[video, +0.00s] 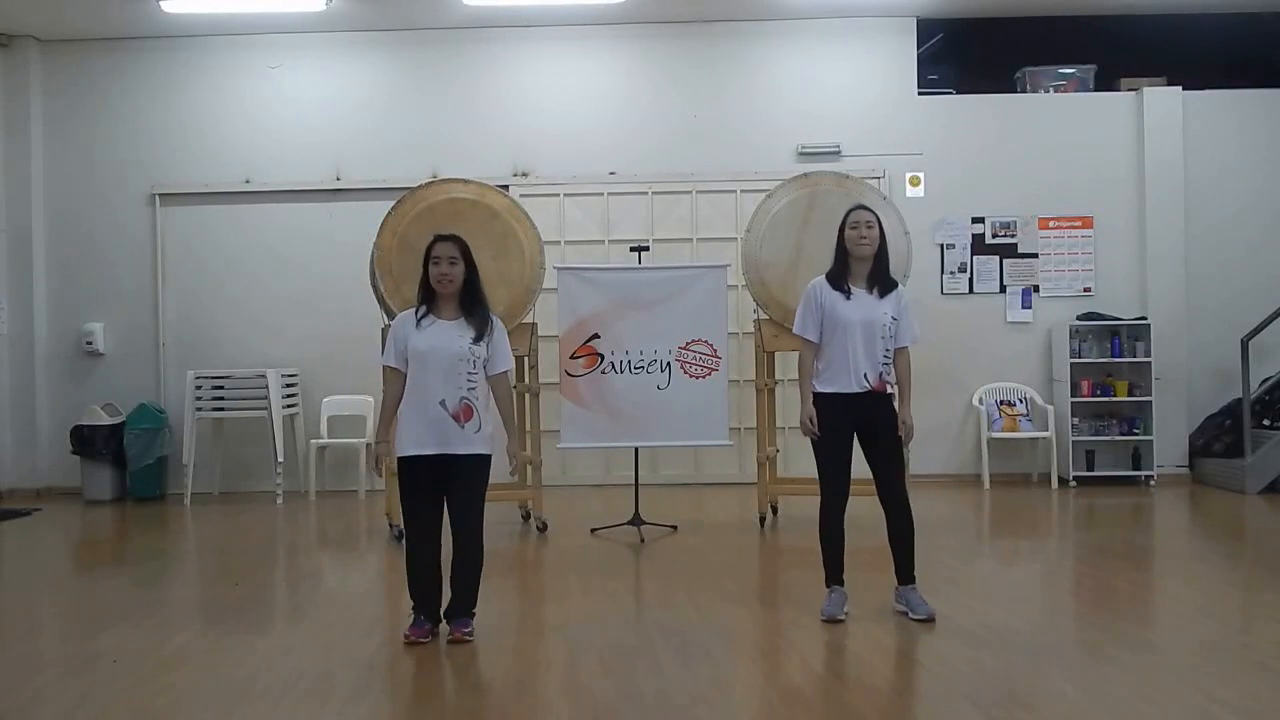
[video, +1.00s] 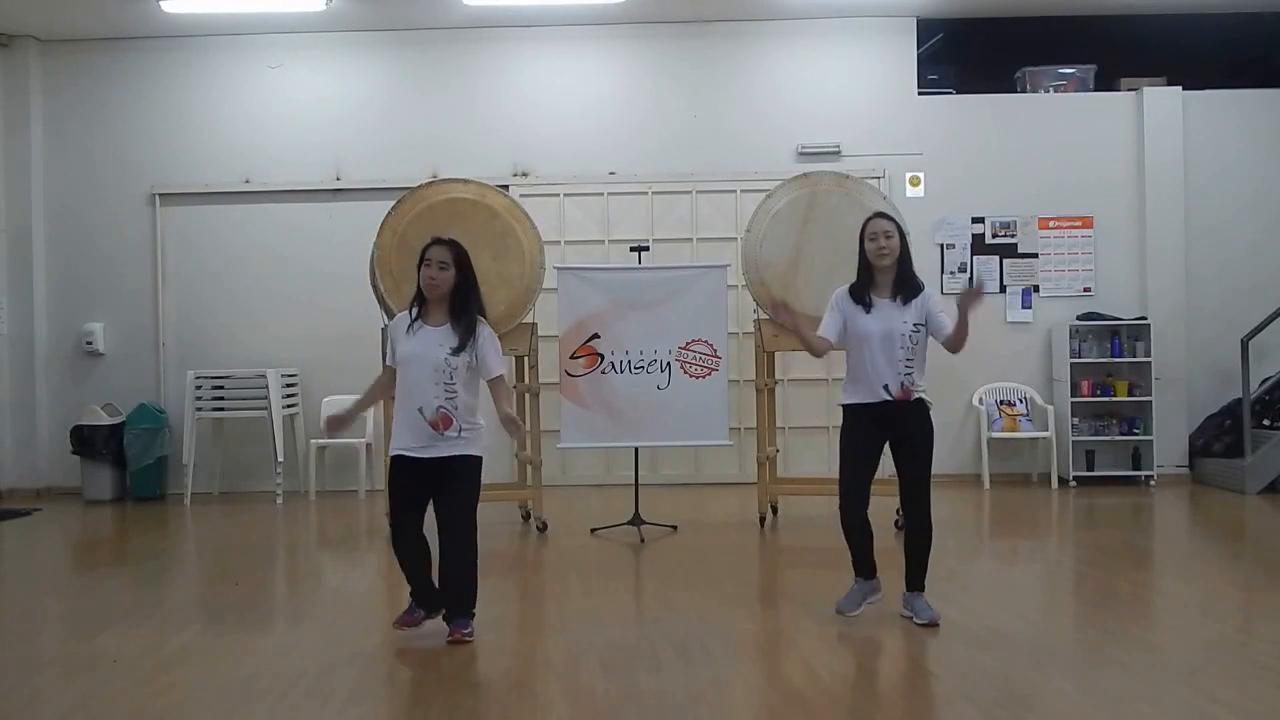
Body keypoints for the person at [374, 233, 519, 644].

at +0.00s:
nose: (443, 269)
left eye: (453, 262)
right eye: (436, 262)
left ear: (467, 270)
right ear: (426, 270)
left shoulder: (487, 326)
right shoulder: (404, 324)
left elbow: (501, 386)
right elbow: (393, 385)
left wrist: (514, 439)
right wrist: (381, 437)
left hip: (471, 449)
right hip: (416, 449)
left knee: (467, 535)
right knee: (421, 537)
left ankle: (461, 615)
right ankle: (424, 615)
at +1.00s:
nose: (431, 273)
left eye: (442, 267)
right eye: (426, 265)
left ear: (458, 277)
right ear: (418, 273)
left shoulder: (476, 330)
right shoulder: (399, 326)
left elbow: (497, 381)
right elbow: (390, 377)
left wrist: (506, 412)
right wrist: (351, 412)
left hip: (460, 450)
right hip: (409, 450)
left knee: (458, 532)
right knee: (403, 529)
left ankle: (460, 614)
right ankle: (425, 596)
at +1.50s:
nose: (390, 263)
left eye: (399, 258)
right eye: (382, 257)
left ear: (413, 272)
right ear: (371, 271)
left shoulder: (428, 321)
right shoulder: (352, 322)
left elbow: (447, 368)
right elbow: (310, 361)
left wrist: (430, 359)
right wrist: (284, 355)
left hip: (411, 448)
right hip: (357, 449)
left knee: (425, 533)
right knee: (356, 537)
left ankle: (452, 614)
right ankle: (360, 619)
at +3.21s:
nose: (426, 265)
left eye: (435, 260)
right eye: (421, 259)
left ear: (452, 273)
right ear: (413, 268)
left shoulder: (463, 320)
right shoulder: (391, 315)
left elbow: (437, 291)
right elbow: (349, 307)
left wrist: (402, 255)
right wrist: (374, 271)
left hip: (443, 447)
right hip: (390, 446)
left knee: (458, 535)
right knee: (379, 537)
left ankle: (481, 615)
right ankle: (365, 621)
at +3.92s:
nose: (389, 261)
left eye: (393, 254)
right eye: (378, 258)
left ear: (406, 263)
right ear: (364, 274)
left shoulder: (432, 310)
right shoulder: (358, 319)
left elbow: (474, 281)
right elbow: (324, 294)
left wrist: (486, 230)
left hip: (430, 442)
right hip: (375, 448)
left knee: (456, 535)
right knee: (372, 542)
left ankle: (459, 597)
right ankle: (365, 621)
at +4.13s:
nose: (413, 268)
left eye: (417, 261)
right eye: (403, 263)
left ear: (425, 270)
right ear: (386, 278)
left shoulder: (446, 314)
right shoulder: (382, 323)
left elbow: (472, 277)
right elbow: (377, 292)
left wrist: (437, 239)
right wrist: (401, 265)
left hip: (458, 441)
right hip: (405, 447)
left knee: (474, 530)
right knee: (391, 538)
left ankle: (494, 611)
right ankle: (367, 620)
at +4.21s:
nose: (424, 268)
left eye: (430, 261)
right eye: (414, 263)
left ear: (443, 272)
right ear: (403, 279)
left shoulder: (465, 316)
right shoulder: (396, 326)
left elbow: (497, 284)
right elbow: (369, 305)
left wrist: (467, 236)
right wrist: (397, 268)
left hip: (476, 444)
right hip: (423, 451)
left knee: (486, 533)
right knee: (405, 540)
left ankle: (494, 616)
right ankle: (371, 620)